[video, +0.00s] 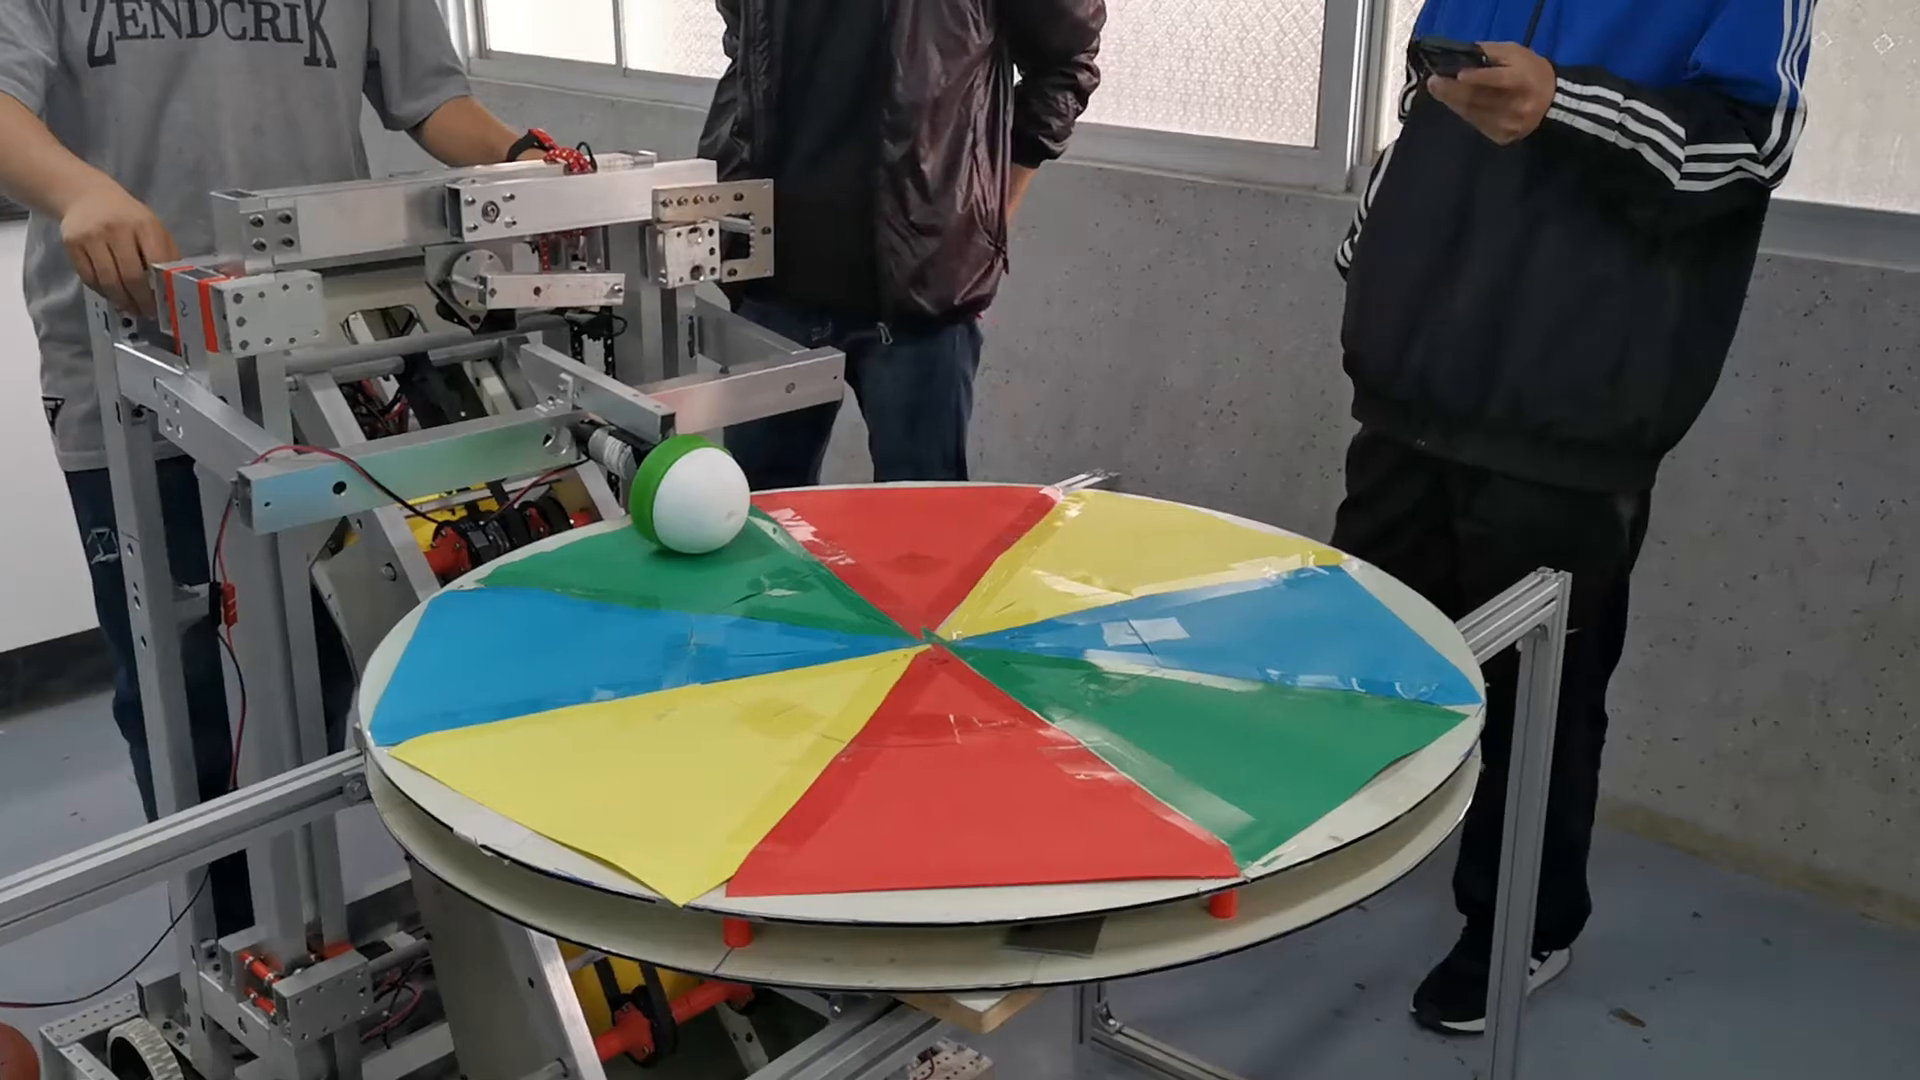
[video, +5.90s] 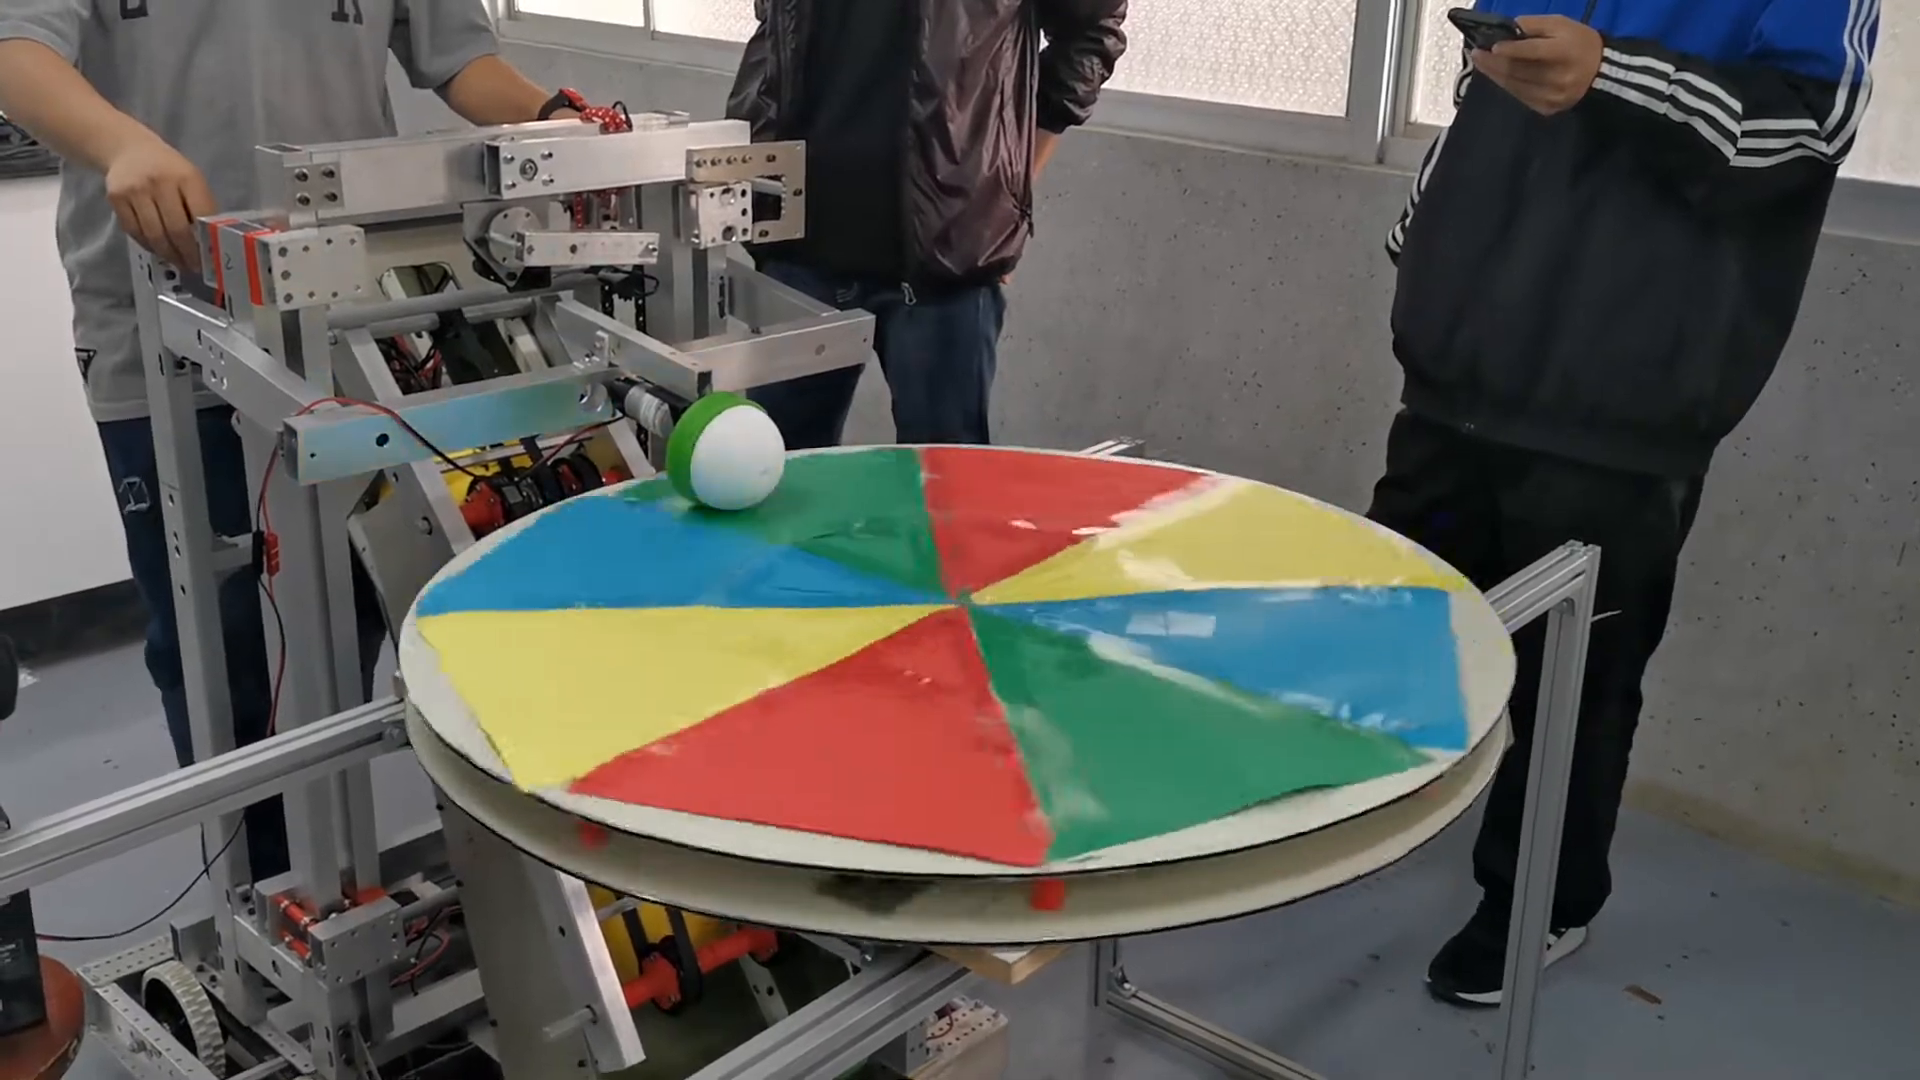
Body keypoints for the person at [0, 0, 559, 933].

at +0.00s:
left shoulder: (379, 7)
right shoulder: (45, 8)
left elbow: (426, 89)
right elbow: (3, 103)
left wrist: (527, 159)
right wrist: (77, 187)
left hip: (319, 364)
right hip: (125, 369)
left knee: (322, 665)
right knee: (178, 695)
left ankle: (308, 917)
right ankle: (228, 944)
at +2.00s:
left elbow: (446, 63)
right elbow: (12, 66)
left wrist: (542, 132)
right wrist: (103, 156)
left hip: (338, 344)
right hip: (151, 351)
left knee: (343, 631)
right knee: (195, 662)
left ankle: (334, 882)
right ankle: (247, 911)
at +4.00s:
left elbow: (455, 49)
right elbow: (20, 42)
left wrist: (558, 120)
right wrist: (122, 137)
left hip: (343, 327)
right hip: (162, 331)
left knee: (341, 616)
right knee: (210, 646)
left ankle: (334, 868)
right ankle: (255, 894)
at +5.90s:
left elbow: (453, 52)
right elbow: (20, 51)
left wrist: (555, 118)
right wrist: (120, 142)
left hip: (344, 325)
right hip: (161, 333)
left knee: (350, 607)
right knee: (210, 638)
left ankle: (343, 856)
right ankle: (261, 885)